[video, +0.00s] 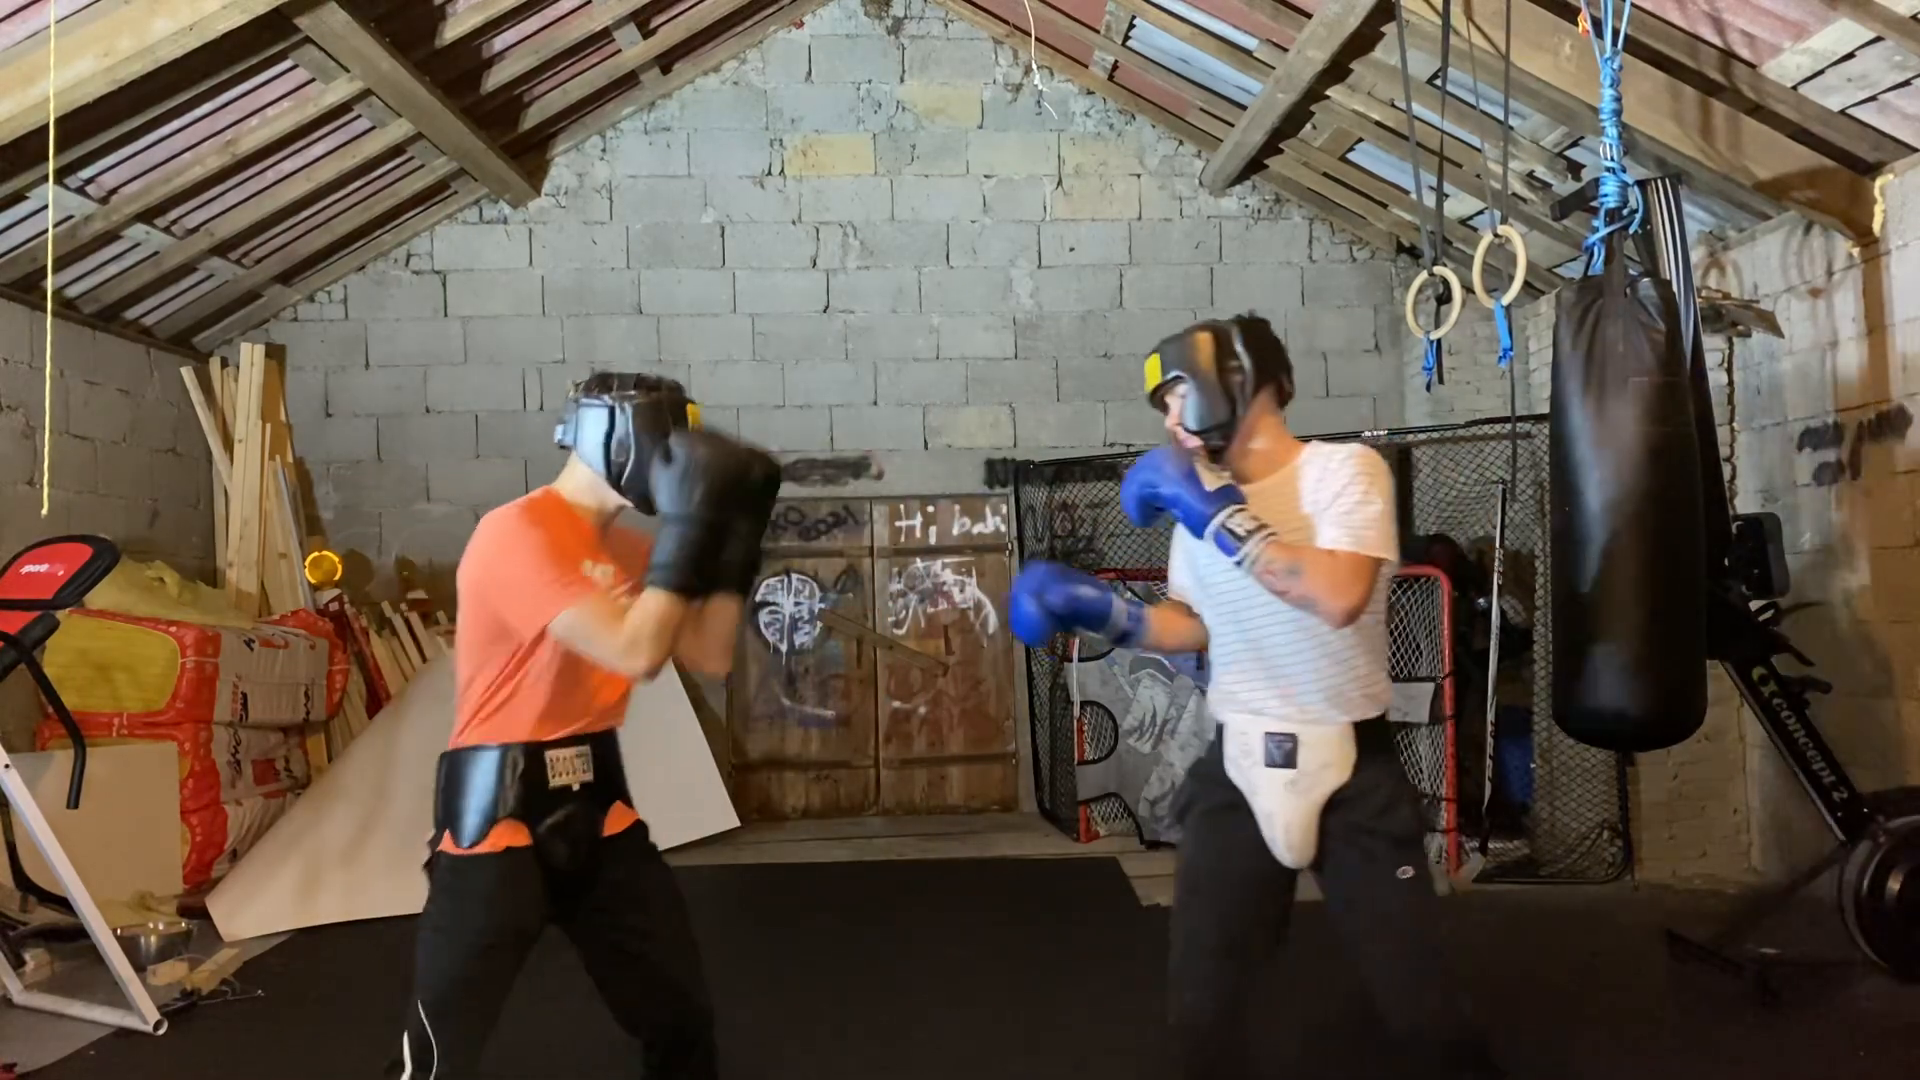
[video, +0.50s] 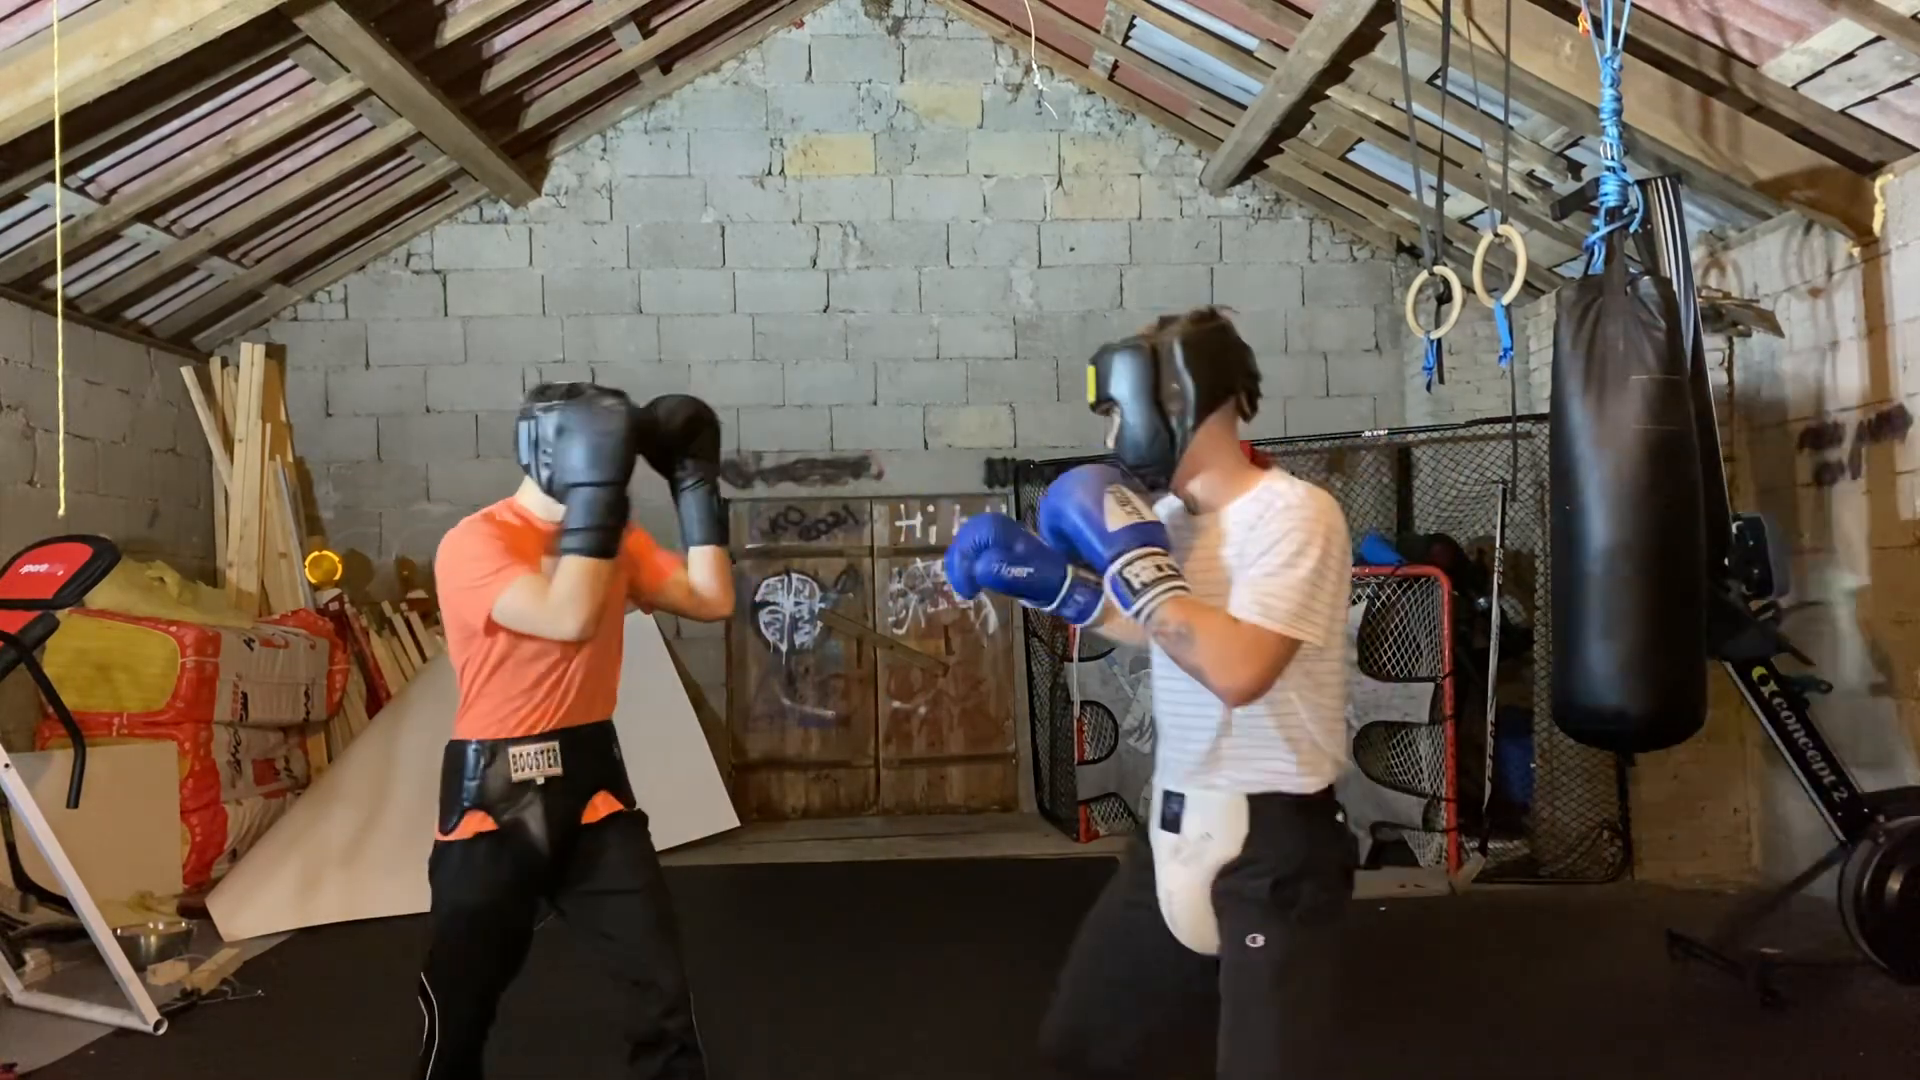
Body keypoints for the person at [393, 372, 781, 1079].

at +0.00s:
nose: (676, 461)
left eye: (679, 447)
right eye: (667, 444)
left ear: (606, 439)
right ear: (619, 439)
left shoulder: (634, 544)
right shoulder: (512, 535)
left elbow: (712, 654)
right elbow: (634, 648)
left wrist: (736, 533)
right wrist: (687, 524)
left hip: (594, 809)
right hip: (495, 822)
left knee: (680, 1026)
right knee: (436, 1055)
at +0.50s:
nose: (601, 459)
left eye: (605, 447)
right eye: (591, 445)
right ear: (548, 445)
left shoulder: (610, 540)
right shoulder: (471, 545)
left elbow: (712, 598)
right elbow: (567, 613)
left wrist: (694, 478)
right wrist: (595, 492)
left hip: (593, 786)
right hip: (490, 795)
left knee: (661, 1000)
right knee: (459, 1012)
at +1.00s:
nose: (653, 458)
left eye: (664, 445)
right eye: (638, 441)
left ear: (682, 452)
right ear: (602, 444)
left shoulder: (694, 516)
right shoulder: (549, 528)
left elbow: (743, 582)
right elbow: (605, 605)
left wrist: (734, 465)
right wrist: (623, 487)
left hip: (664, 766)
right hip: (564, 763)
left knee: (698, 976)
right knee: (507, 971)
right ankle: (492, 1073)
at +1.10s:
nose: (685, 459)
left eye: (692, 446)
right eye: (672, 445)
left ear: (699, 452)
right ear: (630, 446)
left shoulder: (709, 519)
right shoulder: (565, 526)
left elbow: (756, 586)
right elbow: (606, 606)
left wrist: (750, 470)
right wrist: (627, 484)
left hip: (674, 764)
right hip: (578, 762)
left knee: (702, 971)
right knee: (528, 954)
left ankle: (728, 1069)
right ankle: (568, 1071)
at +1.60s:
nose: (704, 472)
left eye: (719, 458)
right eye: (691, 455)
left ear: (735, 461)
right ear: (661, 455)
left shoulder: (752, 526)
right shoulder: (620, 533)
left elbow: (793, 619)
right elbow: (605, 609)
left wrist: (784, 510)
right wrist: (630, 500)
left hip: (729, 747)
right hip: (641, 752)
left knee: (762, 937)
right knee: (622, 945)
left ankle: (829, 1061)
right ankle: (632, 1072)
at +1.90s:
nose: (767, 462)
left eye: (780, 448)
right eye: (753, 446)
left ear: (796, 451)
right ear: (724, 446)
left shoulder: (816, 517)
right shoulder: (687, 522)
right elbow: (676, 602)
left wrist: (840, 499)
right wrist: (698, 491)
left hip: (795, 754)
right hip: (707, 756)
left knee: (813, 949)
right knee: (694, 927)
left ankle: (852, 1064)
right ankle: (720, 1064)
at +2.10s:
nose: (753, 458)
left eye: (768, 439)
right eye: (744, 441)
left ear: (790, 447)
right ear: (728, 452)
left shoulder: (813, 521)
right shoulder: (697, 525)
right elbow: (676, 609)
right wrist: (704, 496)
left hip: (796, 752)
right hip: (715, 750)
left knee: (805, 942)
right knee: (735, 937)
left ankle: (826, 1065)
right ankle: (768, 1064)